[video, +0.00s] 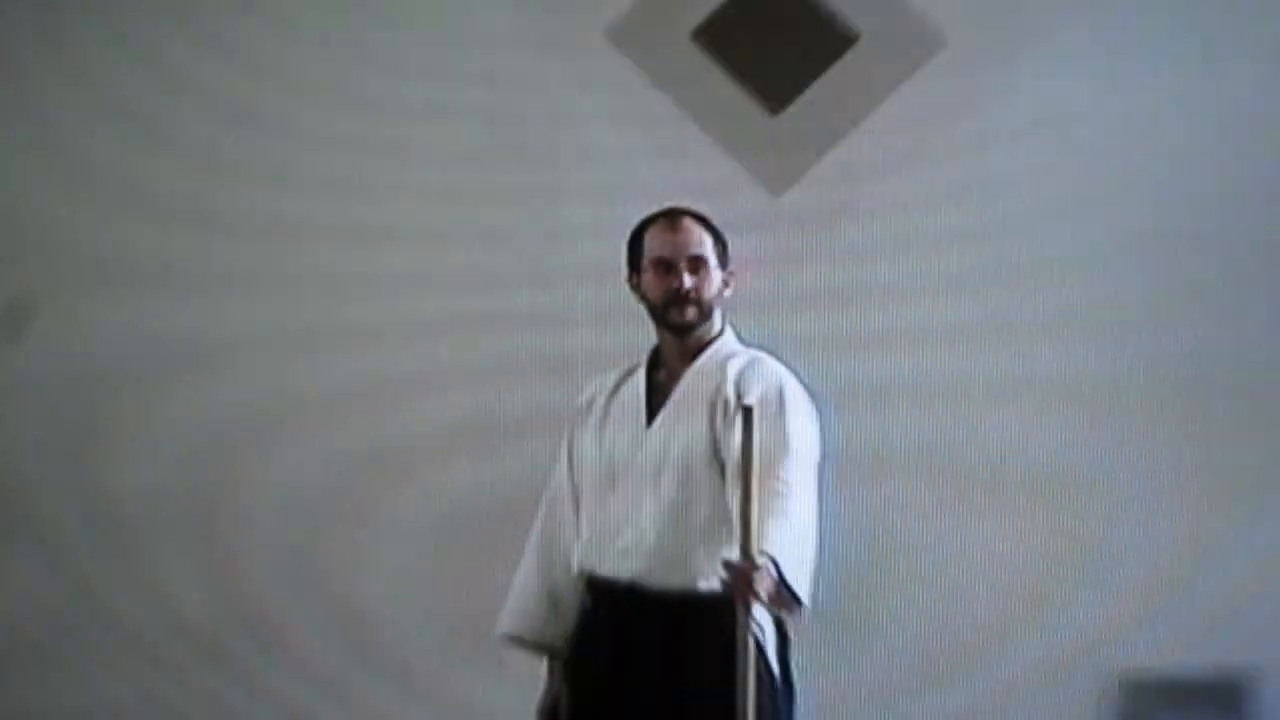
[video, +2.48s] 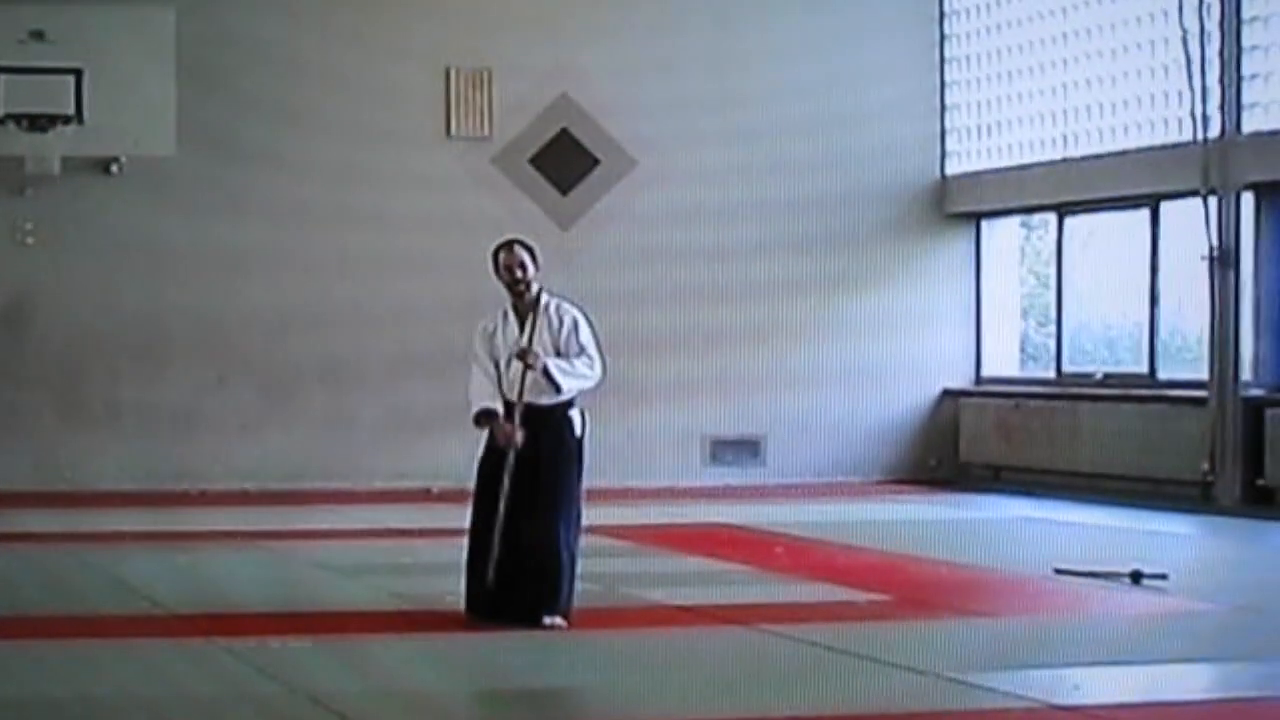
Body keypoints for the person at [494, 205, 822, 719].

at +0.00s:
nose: (683, 283)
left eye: (697, 267)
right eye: (665, 269)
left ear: (725, 280)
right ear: (636, 283)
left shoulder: (761, 387)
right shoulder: (600, 401)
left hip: (714, 631)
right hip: (609, 629)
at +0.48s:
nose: (645, 303)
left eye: (652, 296)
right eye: (637, 296)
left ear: (666, 302)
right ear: (625, 304)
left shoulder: (683, 355)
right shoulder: (613, 361)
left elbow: (691, 410)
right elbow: (592, 424)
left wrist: (683, 450)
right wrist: (587, 481)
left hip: (660, 467)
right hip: (614, 466)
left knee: (660, 572)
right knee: (607, 570)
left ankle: (664, 673)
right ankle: (601, 671)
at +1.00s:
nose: (636, 272)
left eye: (643, 265)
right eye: (629, 266)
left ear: (656, 269)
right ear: (619, 273)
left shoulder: (673, 319)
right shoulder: (609, 324)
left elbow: (681, 373)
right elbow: (590, 383)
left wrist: (672, 417)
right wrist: (586, 436)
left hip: (653, 422)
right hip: (611, 422)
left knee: (655, 515)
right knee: (605, 514)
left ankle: (658, 607)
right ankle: (600, 604)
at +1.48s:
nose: (589, 271)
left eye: (596, 264)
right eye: (582, 265)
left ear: (609, 268)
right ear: (573, 272)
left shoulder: (627, 318)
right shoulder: (563, 323)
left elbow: (637, 368)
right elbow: (544, 382)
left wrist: (625, 407)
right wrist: (538, 435)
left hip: (607, 420)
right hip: (564, 421)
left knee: (608, 513)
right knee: (558, 512)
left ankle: (610, 605)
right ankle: (554, 602)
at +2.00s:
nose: (533, 273)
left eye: (539, 265)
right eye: (525, 267)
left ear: (553, 268)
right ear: (516, 275)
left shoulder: (578, 319)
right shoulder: (504, 326)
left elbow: (598, 374)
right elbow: (487, 374)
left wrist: (562, 394)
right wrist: (504, 399)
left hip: (561, 423)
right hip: (516, 422)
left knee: (562, 510)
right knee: (505, 509)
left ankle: (561, 605)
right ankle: (502, 603)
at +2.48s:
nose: (517, 275)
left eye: (522, 266)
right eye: (508, 270)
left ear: (536, 268)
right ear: (500, 277)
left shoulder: (565, 316)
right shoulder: (491, 329)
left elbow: (591, 369)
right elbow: (482, 378)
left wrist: (547, 367)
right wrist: (494, 418)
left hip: (554, 419)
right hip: (509, 419)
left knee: (553, 513)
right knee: (499, 509)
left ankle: (551, 605)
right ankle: (495, 602)